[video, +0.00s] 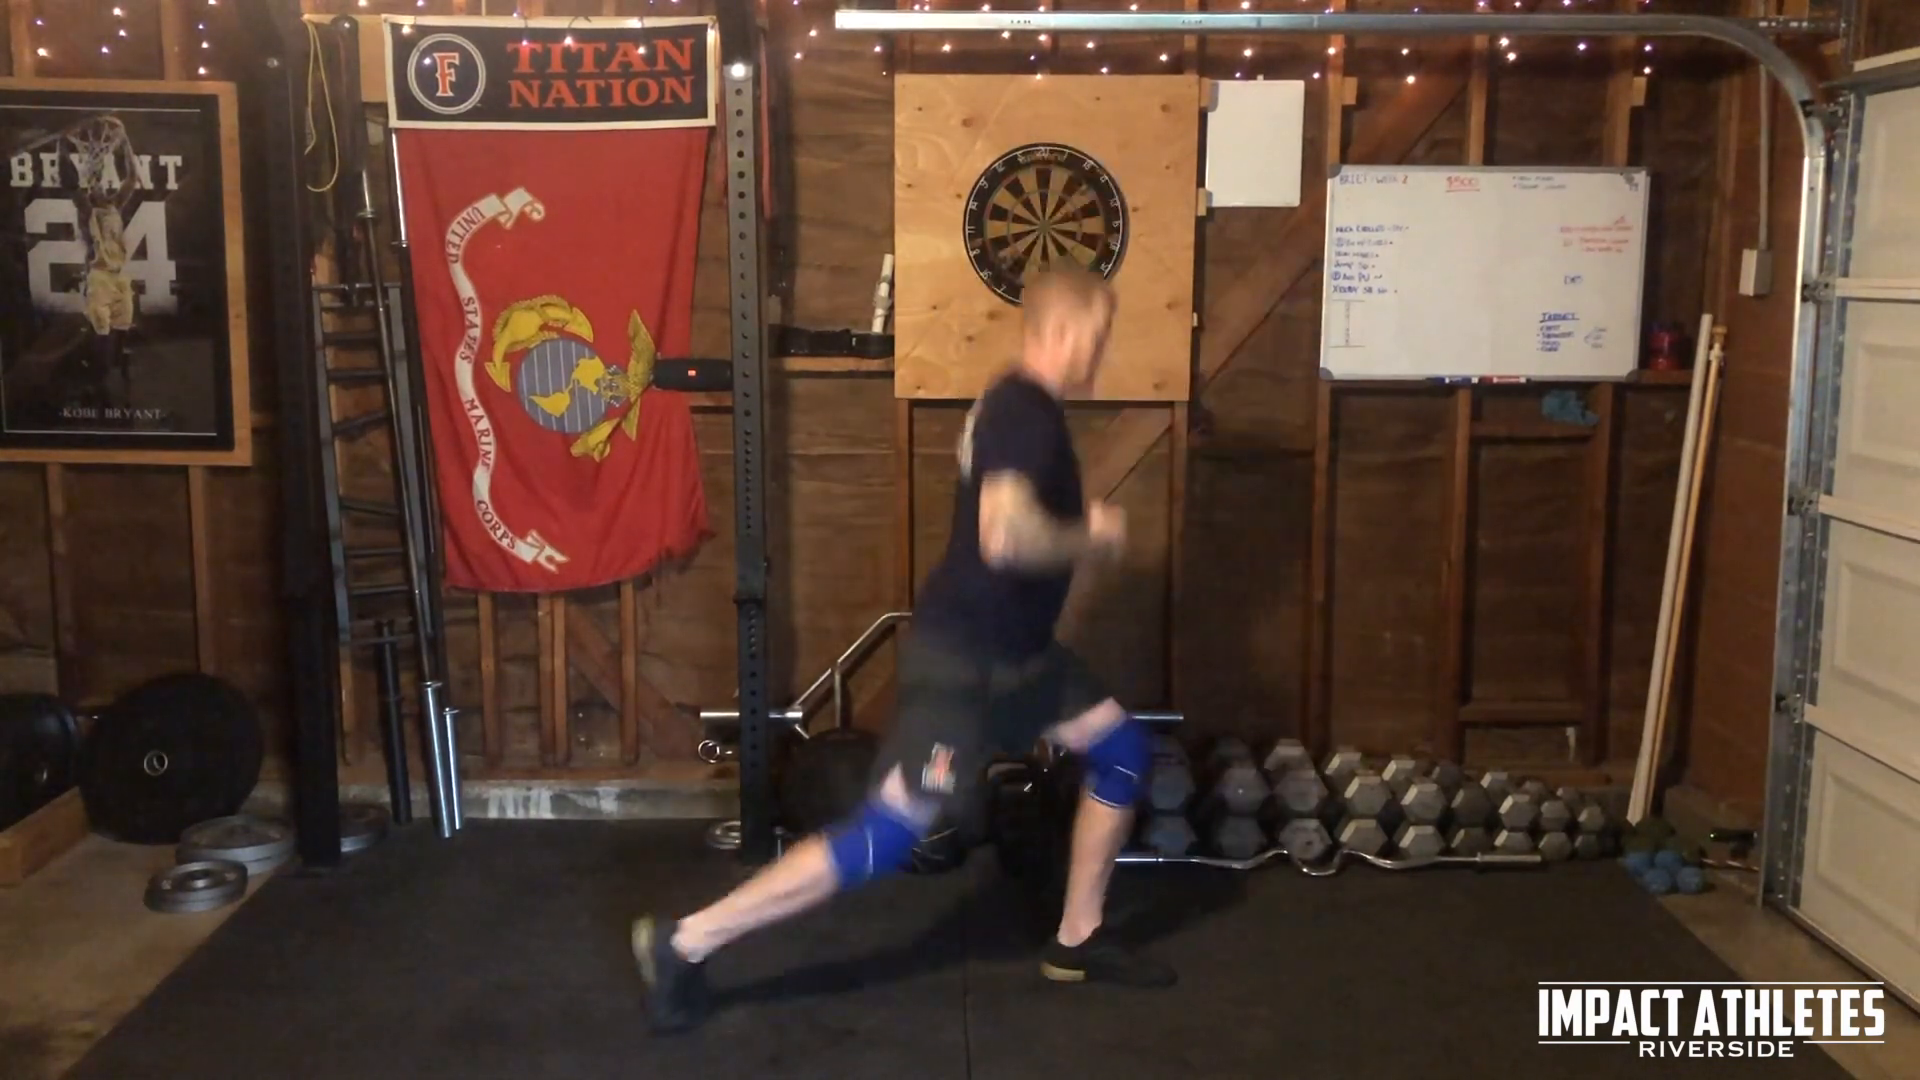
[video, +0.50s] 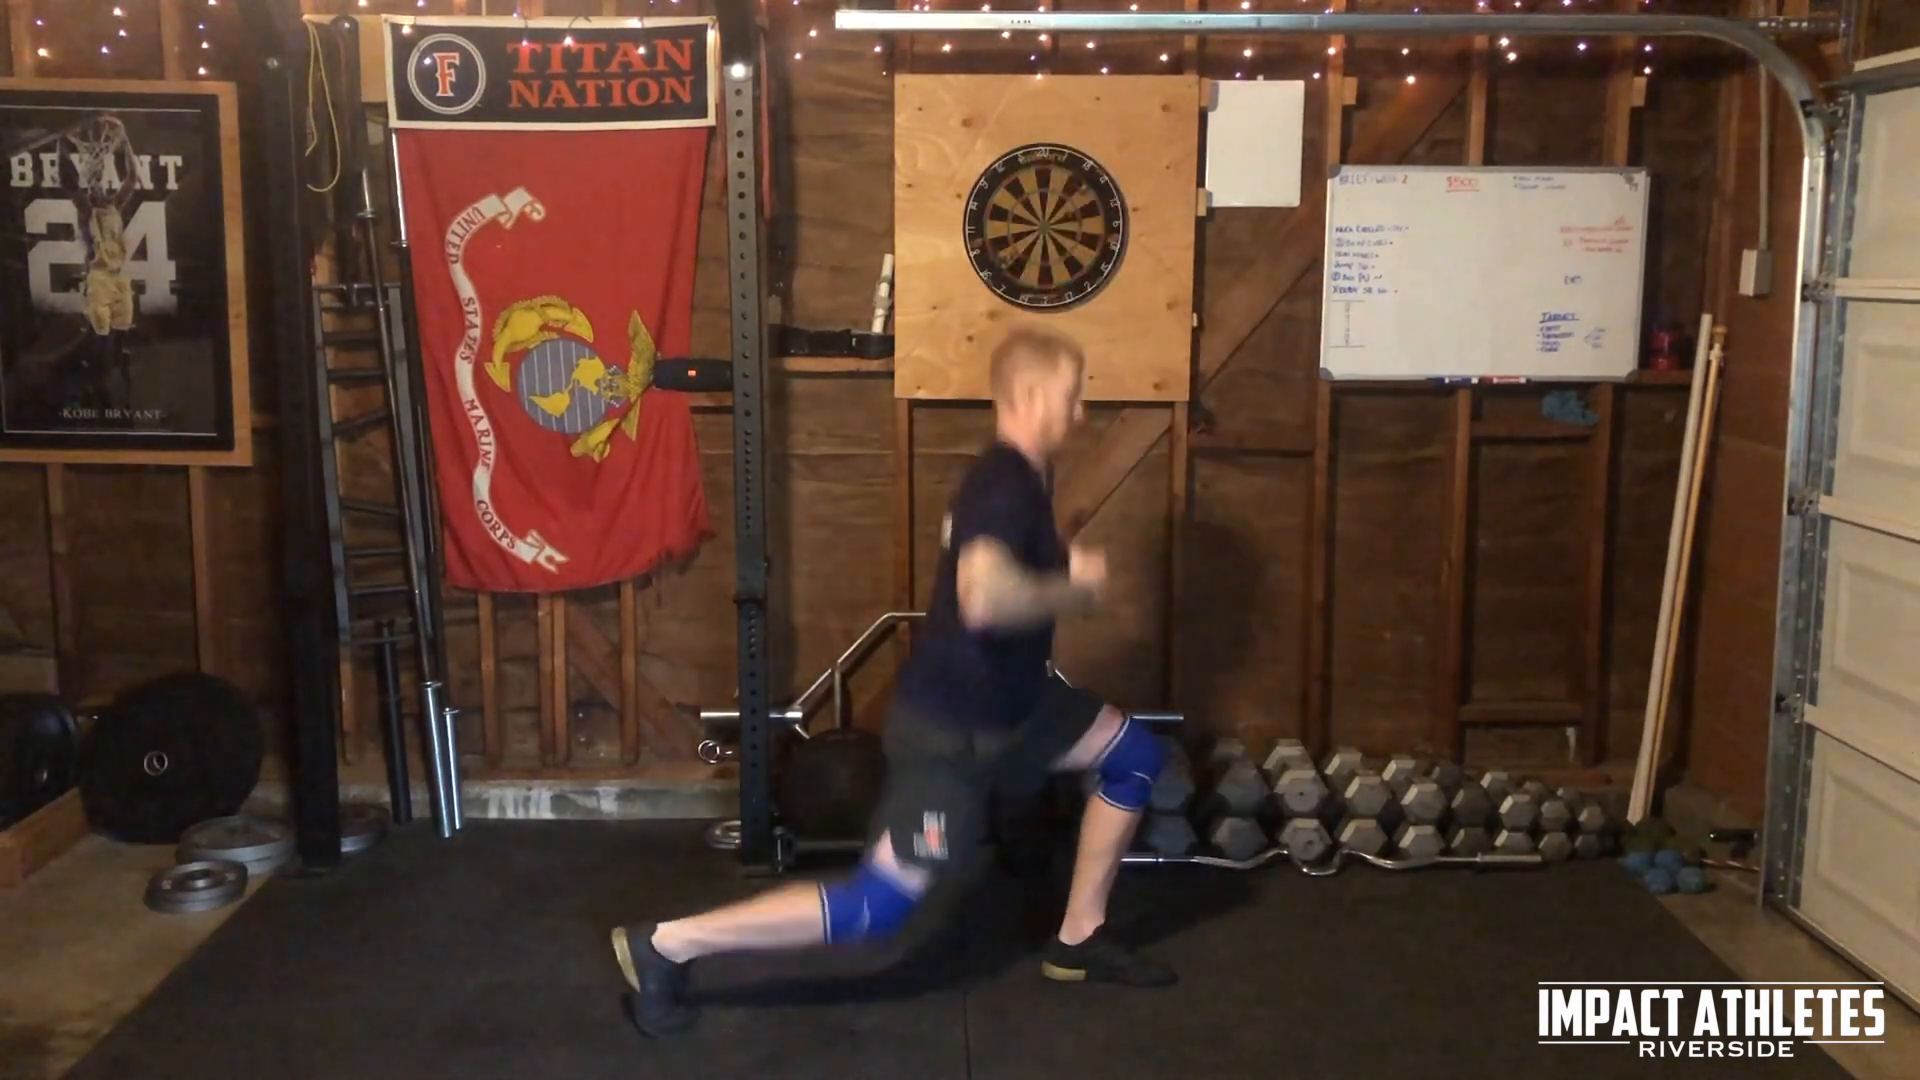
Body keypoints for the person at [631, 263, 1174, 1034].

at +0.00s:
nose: (1102, 349)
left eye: (1104, 334)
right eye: (1096, 333)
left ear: (1054, 329)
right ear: (1057, 330)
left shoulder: (1035, 409)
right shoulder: (1020, 409)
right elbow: (1005, 537)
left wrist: (1081, 539)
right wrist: (1090, 535)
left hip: (1020, 655)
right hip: (959, 657)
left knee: (1122, 751)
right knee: (890, 831)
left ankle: (1079, 937)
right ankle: (682, 942)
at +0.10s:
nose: (1102, 431)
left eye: (1103, 416)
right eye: (1096, 414)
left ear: (1046, 416)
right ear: (1052, 417)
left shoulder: (1018, 489)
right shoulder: (1019, 495)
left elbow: (1011, 607)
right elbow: (990, 626)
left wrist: (1076, 632)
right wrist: (1079, 646)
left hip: (1019, 711)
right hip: (953, 731)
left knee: (1146, 766)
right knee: (887, 929)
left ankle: (1079, 939)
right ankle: (669, 946)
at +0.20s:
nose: (1095, 480)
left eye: (1095, 465)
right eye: (1090, 465)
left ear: (1040, 463)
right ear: (1049, 464)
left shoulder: (1016, 534)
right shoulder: (1013, 547)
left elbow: (1010, 643)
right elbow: (972, 679)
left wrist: (1063, 665)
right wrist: (1068, 700)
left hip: (1011, 757)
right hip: (953, 782)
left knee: (1152, 768)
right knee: (899, 982)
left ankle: (1080, 942)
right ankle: (687, 948)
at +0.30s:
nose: (1090, 495)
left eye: (1089, 481)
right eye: (1084, 480)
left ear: (1034, 482)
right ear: (1043, 481)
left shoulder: (1019, 554)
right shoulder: (1006, 564)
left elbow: (996, 674)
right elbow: (965, 698)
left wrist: (1058, 692)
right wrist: (1065, 720)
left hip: (1009, 768)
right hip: (948, 797)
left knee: (1148, 766)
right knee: (897, 995)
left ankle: (1079, 941)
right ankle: (687, 949)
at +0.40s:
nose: (1082, 473)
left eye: (1082, 459)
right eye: (1076, 458)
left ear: (1027, 459)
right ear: (1034, 459)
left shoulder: (1017, 534)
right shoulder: (1004, 540)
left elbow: (984, 658)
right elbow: (969, 672)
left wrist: (1058, 672)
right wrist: (1069, 677)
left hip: (1008, 754)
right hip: (947, 778)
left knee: (1144, 762)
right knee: (887, 972)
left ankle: (1079, 940)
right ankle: (675, 945)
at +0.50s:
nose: (1079, 411)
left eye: (1078, 395)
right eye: (1072, 395)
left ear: (1021, 399)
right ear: (1027, 399)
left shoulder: (1024, 475)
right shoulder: (1003, 481)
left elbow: (962, 542)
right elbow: (984, 598)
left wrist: (1060, 565)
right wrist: (1073, 588)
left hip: (1015, 698)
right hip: (947, 717)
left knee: (1136, 756)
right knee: (882, 902)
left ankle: (1080, 934)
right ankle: (663, 944)